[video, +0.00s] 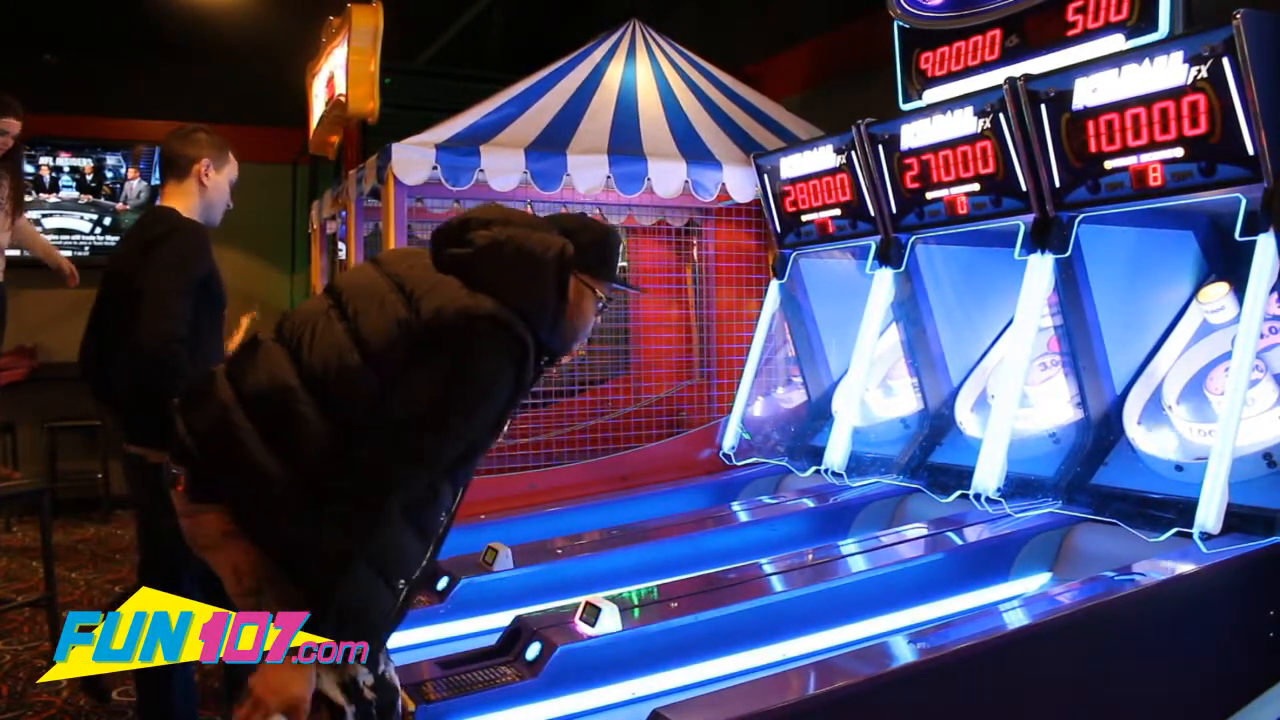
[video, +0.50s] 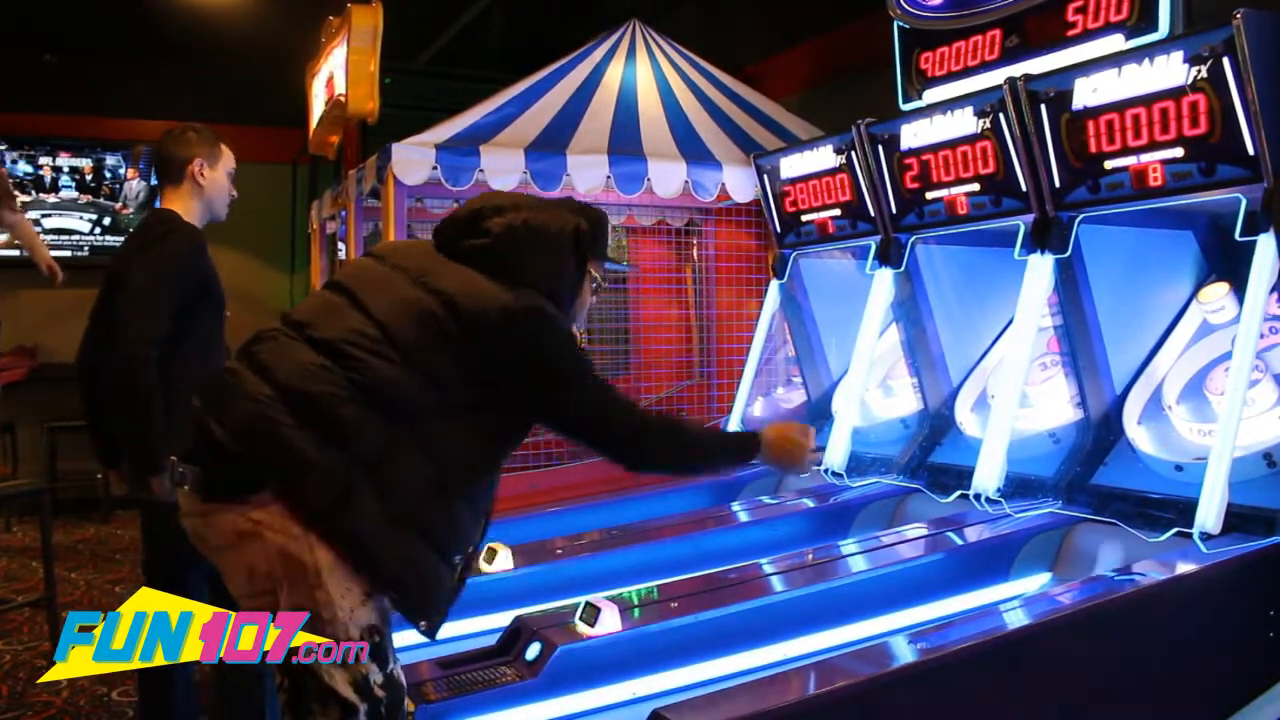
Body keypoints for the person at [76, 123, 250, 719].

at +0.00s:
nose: (231, 197)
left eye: (232, 183)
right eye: (229, 182)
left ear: (182, 174)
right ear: (205, 172)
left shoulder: (141, 234)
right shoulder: (183, 240)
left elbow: (96, 352)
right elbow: (170, 348)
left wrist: (134, 423)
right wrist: (180, 443)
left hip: (141, 444)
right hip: (173, 448)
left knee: (162, 578)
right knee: (185, 586)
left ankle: (160, 696)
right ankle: (171, 700)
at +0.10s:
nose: (233, 196)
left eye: (234, 182)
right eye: (231, 181)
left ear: (185, 173)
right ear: (203, 173)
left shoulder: (146, 233)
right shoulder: (186, 239)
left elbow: (89, 351)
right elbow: (153, 344)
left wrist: (133, 431)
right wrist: (183, 444)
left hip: (148, 449)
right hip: (178, 452)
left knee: (165, 586)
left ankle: (164, 702)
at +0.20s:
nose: (235, 192)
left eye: (235, 177)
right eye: (232, 176)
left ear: (186, 173)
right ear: (203, 172)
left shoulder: (149, 235)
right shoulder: (183, 240)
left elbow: (86, 345)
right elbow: (145, 343)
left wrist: (121, 433)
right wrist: (160, 444)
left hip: (156, 456)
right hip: (186, 457)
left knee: (171, 604)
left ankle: (167, 705)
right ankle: (254, 708)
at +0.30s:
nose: (237, 188)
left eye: (236, 175)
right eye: (232, 174)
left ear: (187, 174)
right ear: (202, 173)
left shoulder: (150, 235)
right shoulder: (181, 241)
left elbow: (85, 337)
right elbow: (130, 337)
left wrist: (101, 436)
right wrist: (147, 442)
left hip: (159, 453)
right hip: (183, 452)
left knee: (171, 589)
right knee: (200, 596)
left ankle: (157, 692)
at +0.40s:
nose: (236, 188)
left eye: (235, 175)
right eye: (231, 174)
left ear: (187, 174)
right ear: (201, 173)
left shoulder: (148, 238)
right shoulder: (180, 242)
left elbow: (89, 352)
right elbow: (129, 346)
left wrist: (108, 451)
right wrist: (143, 452)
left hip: (160, 458)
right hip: (180, 458)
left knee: (171, 609)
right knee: (193, 611)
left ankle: (166, 706)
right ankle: (178, 706)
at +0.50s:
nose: (234, 187)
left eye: (234, 173)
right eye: (230, 173)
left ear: (186, 173)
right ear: (199, 172)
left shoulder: (149, 239)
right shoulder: (177, 243)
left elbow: (96, 356)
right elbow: (140, 352)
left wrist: (120, 456)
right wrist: (156, 456)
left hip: (159, 462)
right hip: (184, 462)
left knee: (172, 608)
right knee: (197, 610)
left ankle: (168, 706)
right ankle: (179, 707)